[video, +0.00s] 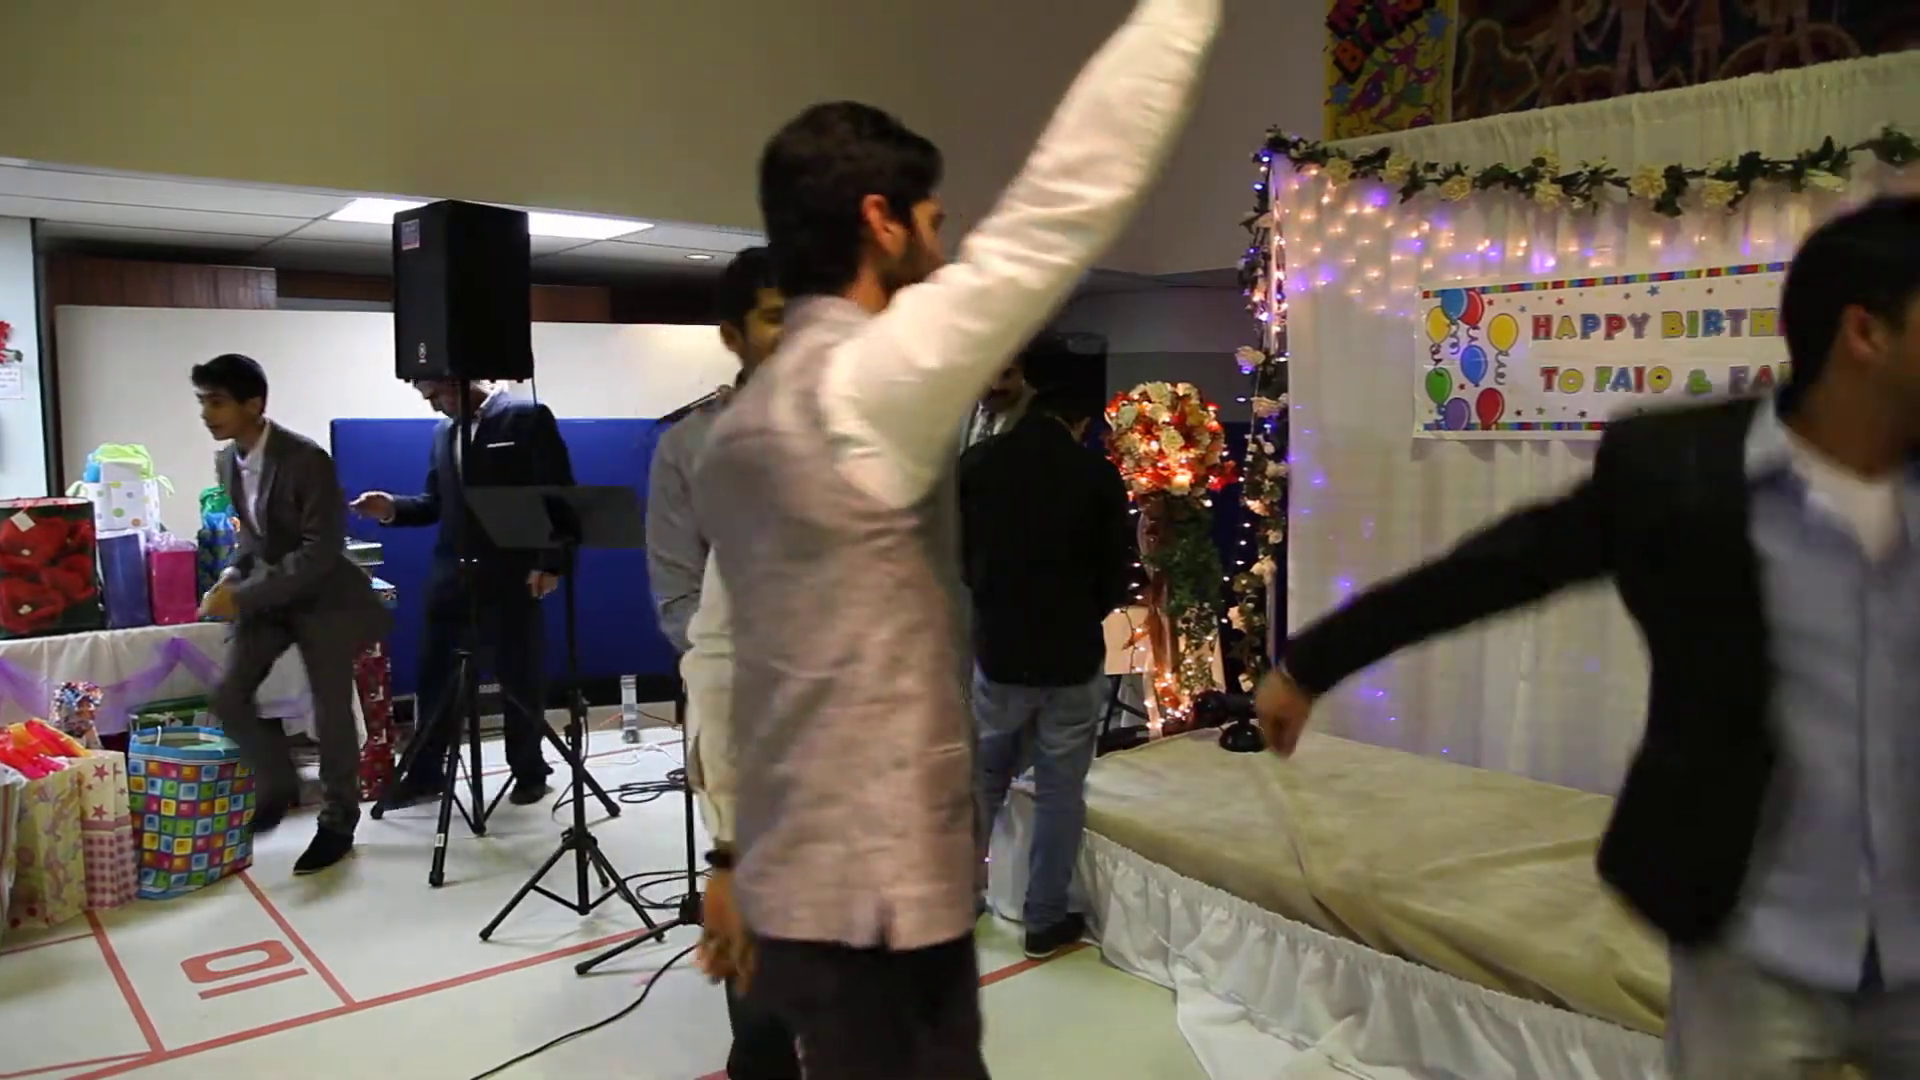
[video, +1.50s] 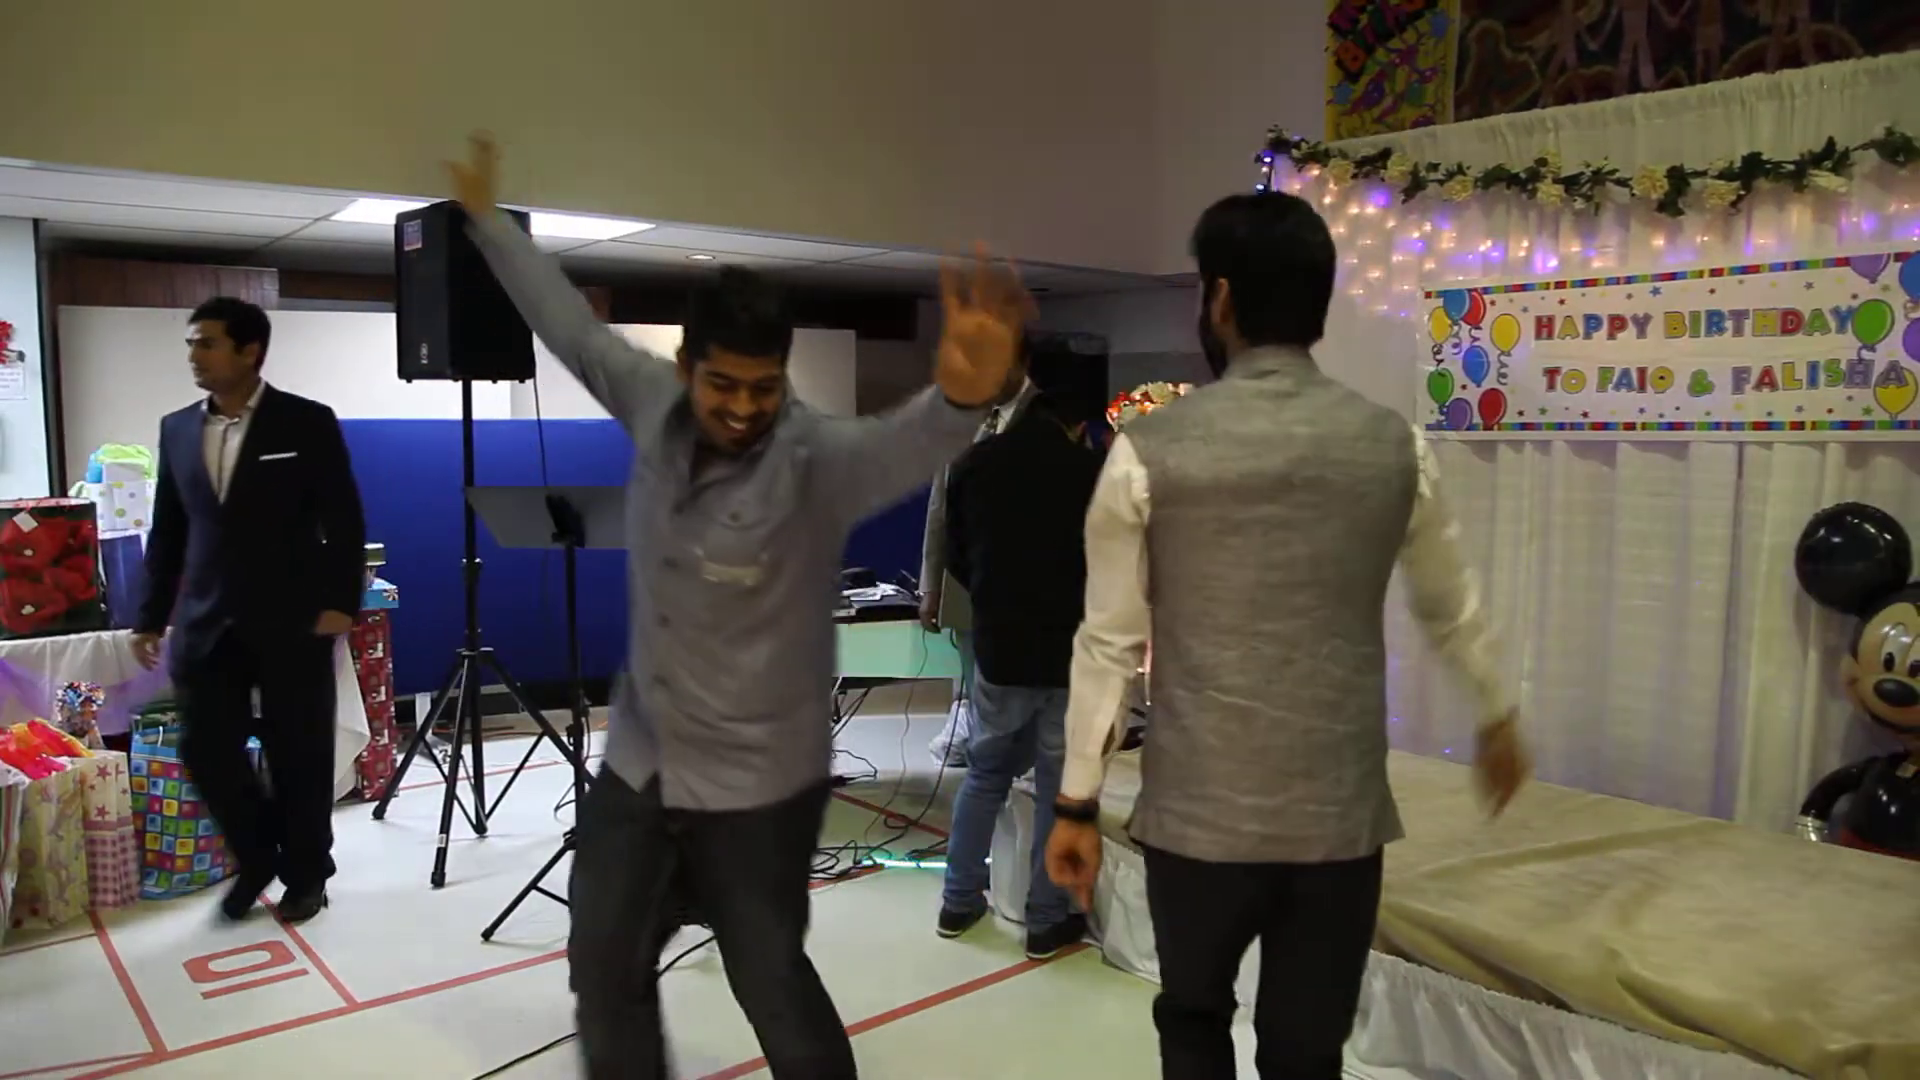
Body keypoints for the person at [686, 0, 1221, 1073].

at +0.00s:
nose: (946, 242)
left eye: (941, 219)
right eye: (935, 216)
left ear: (809, 227)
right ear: (882, 220)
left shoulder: (728, 431)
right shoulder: (870, 385)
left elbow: (714, 654)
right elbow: (1063, 208)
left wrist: (729, 849)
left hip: (788, 897)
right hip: (884, 908)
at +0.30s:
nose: (1016, 244)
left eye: (1010, 220)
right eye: (1010, 220)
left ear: (872, 247)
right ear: (980, 233)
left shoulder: (802, 445)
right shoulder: (1018, 400)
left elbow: (734, 635)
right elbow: (1223, 249)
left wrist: (681, 821)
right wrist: (1330, 52)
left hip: (875, 891)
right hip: (1013, 898)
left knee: (947, 1069)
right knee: (1062, 1067)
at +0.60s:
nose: (1103, 237)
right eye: (1099, 219)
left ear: (967, 244)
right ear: (1089, 239)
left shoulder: (876, 429)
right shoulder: (1131, 393)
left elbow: (818, 620)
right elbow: (1306, 277)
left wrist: (778, 804)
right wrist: (1397, 112)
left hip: (967, 868)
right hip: (1120, 865)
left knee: (1012, 1072)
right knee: (1183, 1064)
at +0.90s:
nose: (1215, 260)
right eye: (1213, 243)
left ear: (1077, 267)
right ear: (1201, 268)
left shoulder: (988, 441)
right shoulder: (1254, 406)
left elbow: (951, 629)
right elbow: (1399, 310)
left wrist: (927, 806)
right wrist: (1478, 183)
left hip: (1071, 848)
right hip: (1227, 845)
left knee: (1074, 1069)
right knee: (1255, 1066)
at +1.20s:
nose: (1179, 268)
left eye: (1178, 254)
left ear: (1183, 273)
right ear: (1302, 272)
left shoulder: (1109, 431)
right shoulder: (1367, 405)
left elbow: (1062, 623)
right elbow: (1482, 375)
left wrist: (1018, 794)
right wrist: (1575, 330)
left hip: (1172, 821)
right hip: (1323, 826)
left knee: (1161, 1040)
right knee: (1304, 1066)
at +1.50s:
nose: (1199, 303)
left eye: (1203, 285)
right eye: (1203, 284)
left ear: (1221, 297)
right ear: (1322, 299)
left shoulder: (1151, 446)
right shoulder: (1393, 445)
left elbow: (1109, 638)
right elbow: (1449, 606)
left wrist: (1077, 800)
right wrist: (1497, 715)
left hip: (1199, 836)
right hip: (1338, 839)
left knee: (1192, 1024)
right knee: (1307, 1062)